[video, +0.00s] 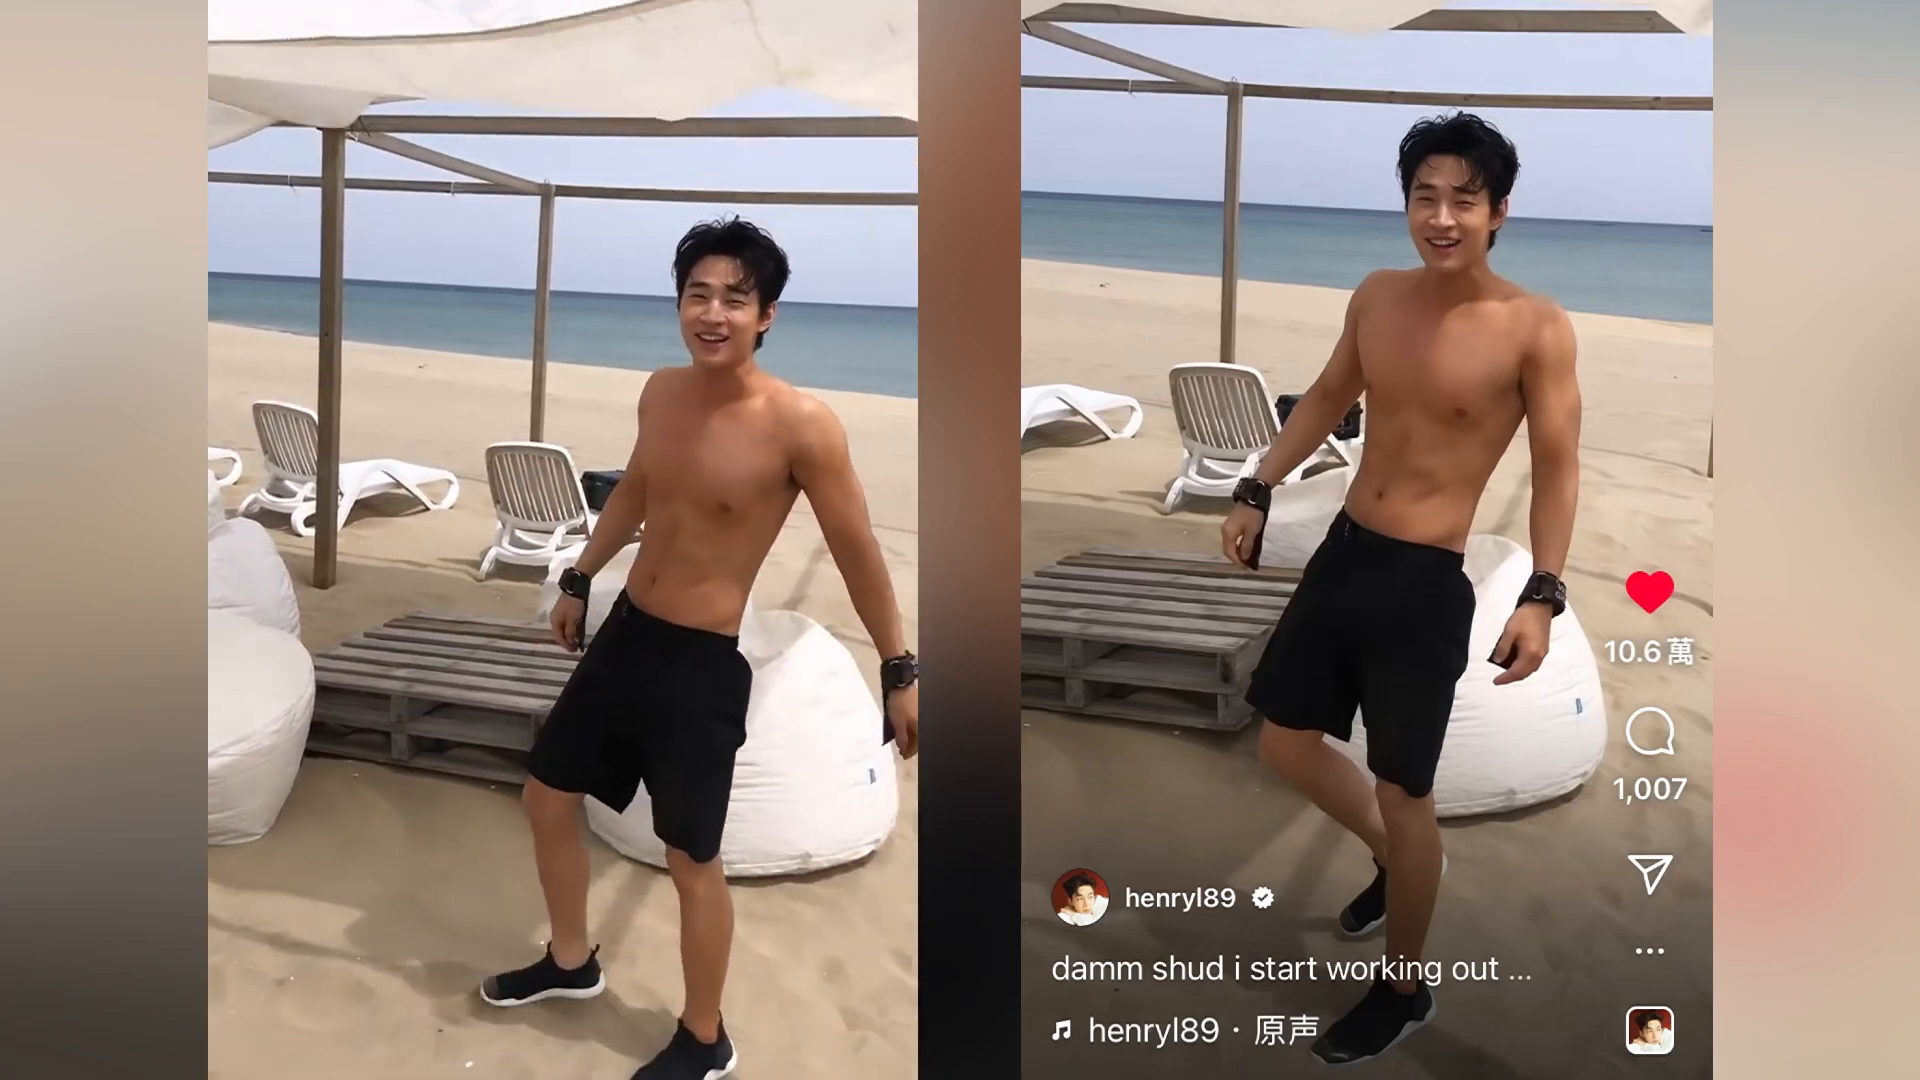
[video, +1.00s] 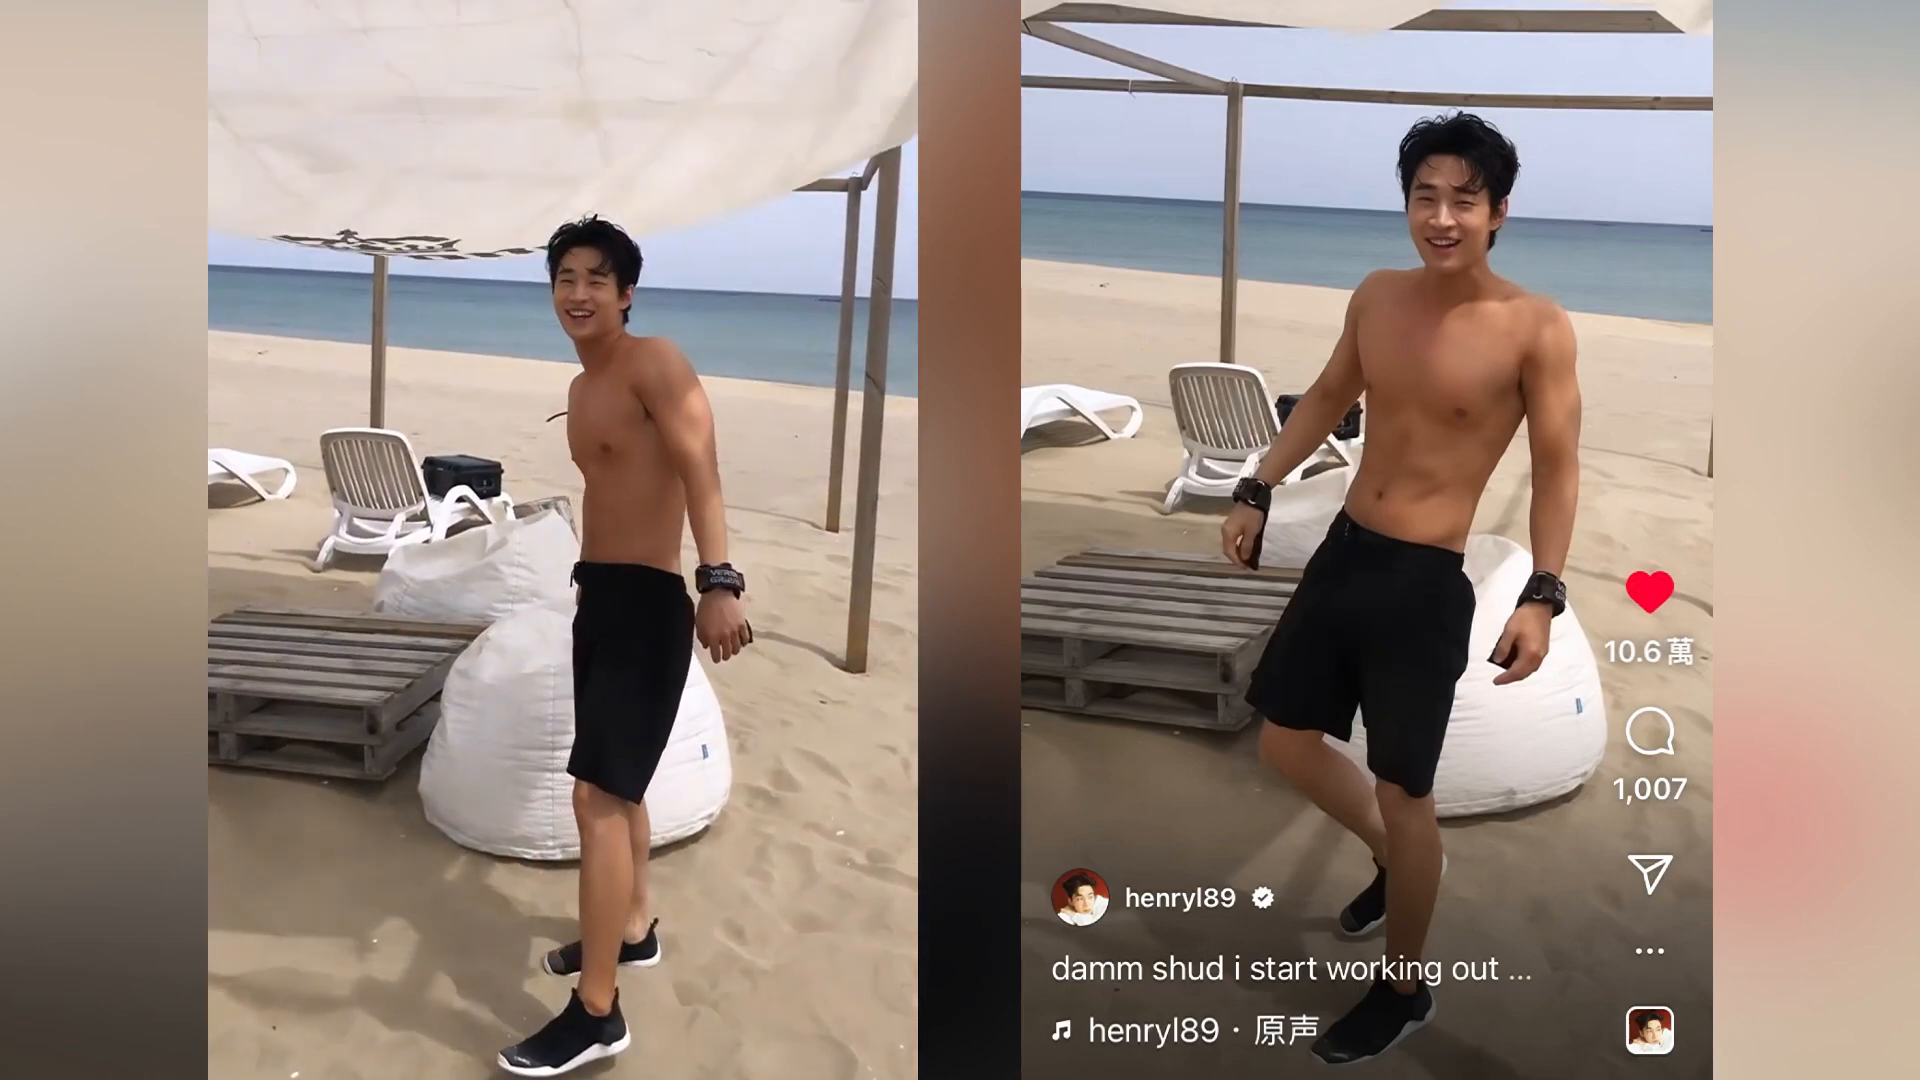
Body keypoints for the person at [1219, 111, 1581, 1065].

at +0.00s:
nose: (1440, 216)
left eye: (1462, 198)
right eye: (1424, 197)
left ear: (1498, 210)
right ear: (1406, 208)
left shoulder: (1535, 328)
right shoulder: (1378, 296)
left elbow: (1556, 468)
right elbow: (1330, 398)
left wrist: (1540, 595)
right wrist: (1255, 484)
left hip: (1426, 579)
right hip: (1345, 553)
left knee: (1402, 799)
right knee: (1284, 742)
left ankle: (1403, 981)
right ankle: (1398, 847)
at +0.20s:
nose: (1440, 216)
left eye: (1461, 198)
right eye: (1424, 197)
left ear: (1498, 210)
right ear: (1406, 208)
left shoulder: (1535, 328)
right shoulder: (1379, 297)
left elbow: (1556, 469)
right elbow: (1330, 398)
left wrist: (1540, 595)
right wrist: (1256, 484)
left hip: (1427, 579)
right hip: (1345, 553)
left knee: (1402, 799)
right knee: (1284, 742)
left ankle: (1403, 981)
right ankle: (1398, 846)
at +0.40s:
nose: (1440, 216)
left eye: (1461, 198)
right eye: (1424, 197)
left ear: (1498, 210)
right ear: (1406, 208)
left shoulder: (1535, 328)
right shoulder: (1379, 296)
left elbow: (1556, 468)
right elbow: (1330, 398)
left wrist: (1541, 595)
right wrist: (1256, 484)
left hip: (1426, 579)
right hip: (1345, 554)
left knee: (1402, 799)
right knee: (1284, 742)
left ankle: (1402, 981)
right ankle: (1398, 848)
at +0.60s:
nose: (1440, 216)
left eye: (1461, 198)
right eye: (1424, 197)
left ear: (1498, 210)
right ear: (1406, 208)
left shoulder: (1535, 328)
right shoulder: (1379, 296)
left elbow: (1556, 468)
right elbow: (1330, 398)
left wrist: (1541, 595)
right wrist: (1256, 484)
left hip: (1426, 579)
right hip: (1345, 554)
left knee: (1402, 799)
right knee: (1284, 742)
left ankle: (1402, 981)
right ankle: (1398, 848)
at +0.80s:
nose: (1440, 216)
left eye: (1462, 199)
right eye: (1425, 197)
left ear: (1498, 211)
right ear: (1406, 207)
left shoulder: (1535, 328)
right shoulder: (1378, 296)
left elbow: (1556, 468)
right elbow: (1330, 398)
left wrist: (1541, 595)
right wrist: (1256, 484)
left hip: (1427, 579)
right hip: (1345, 553)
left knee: (1402, 799)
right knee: (1284, 741)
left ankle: (1402, 981)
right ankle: (1398, 848)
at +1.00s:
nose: (1440, 216)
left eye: (1461, 198)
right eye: (1424, 197)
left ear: (1498, 210)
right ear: (1406, 208)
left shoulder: (1535, 328)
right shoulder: (1379, 296)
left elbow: (1556, 469)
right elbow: (1330, 398)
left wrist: (1540, 595)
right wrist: (1256, 484)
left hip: (1427, 579)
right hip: (1345, 553)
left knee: (1402, 799)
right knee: (1284, 742)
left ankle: (1403, 981)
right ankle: (1398, 846)